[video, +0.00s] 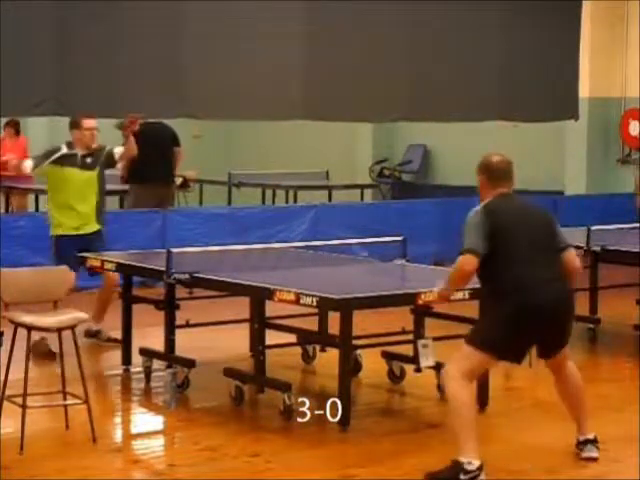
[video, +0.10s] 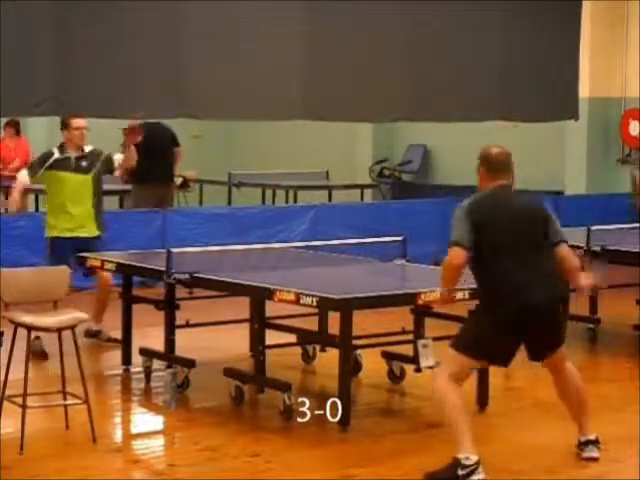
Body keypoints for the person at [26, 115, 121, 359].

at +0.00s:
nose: (94, 135)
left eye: (95, 130)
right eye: (88, 130)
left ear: (96, 133)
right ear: (74, 133)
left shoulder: (99, 155)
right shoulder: (59, 154)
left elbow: (128, 152)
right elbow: (30, 166)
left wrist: (130, 136)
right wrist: (23, 165)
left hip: (92, 228)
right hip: (64, 230)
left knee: (111, 280)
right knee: (63, 286)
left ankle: (95, 327)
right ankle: (44, 337)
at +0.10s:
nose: (83, 134)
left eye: (84, 129)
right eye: (78, 129)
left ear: (87, 131)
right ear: (65, 132)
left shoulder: (97, 156)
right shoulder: (50, 157)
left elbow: (124, 168)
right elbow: (23, 178)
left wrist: (130, 150)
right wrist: (17, 198)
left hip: (90, 231)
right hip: (60, 232)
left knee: (105, 280)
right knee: (55, 287)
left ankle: (95, 327)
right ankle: (38, 336)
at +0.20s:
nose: (84, 130)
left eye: (85, 126)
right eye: (78, 127)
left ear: (88, 129)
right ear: (66, 130)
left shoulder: (93, 156)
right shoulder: (51, 156)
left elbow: (120, 172)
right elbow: (26, 184)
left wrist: (130, 159)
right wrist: (26, 216)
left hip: (83, 230)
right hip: (55, 230)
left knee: (103, 277)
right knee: (54, 285)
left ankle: (96, 327)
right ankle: (37, 336)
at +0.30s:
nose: (88, 137)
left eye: (89, 133)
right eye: (82, 133)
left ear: (90, 137)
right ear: (69, 137)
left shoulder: (89, 164)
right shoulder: (57, 159)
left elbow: (94, 191)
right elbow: (36, 195)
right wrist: (55, 223)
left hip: (74, 234)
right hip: (51, 233)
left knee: (99, 269)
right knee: (52, 285)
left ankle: (89, 320)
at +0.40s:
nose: (90, 147)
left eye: (92, 143)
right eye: (84, 143)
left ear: (92, 146)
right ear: (72, 146)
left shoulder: (83, 171)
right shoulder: (62, 167)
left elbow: (78, 202)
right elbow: (44, 201)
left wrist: (96, 211)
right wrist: (78, 228)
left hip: (69, 240)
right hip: (49, 239)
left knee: (95, 273)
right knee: (50, 290)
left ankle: (84, 322)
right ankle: (23, 337)